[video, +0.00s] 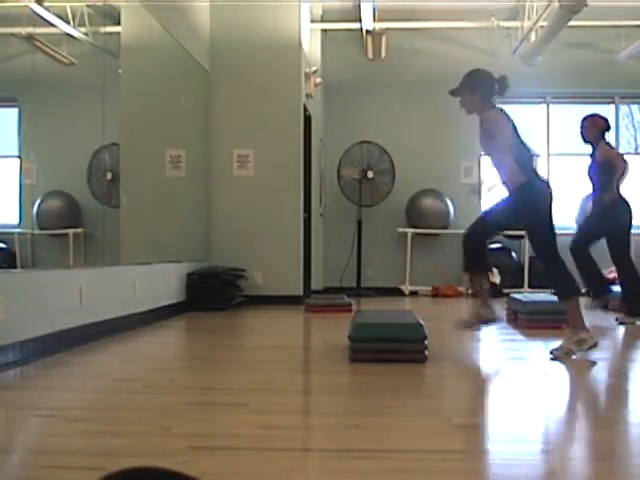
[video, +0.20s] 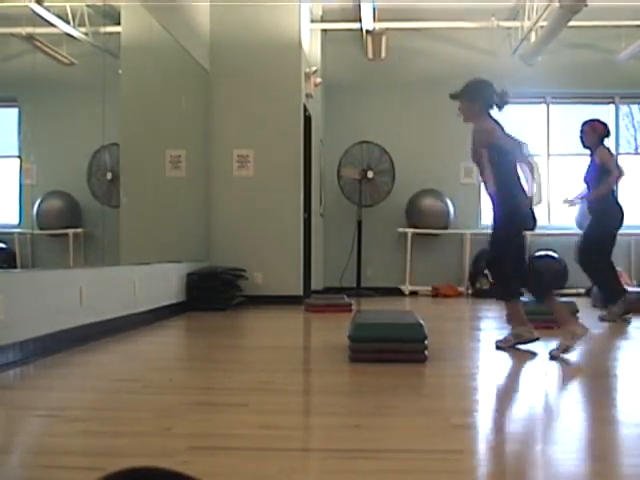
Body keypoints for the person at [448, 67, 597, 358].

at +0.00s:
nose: (460, 101)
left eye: (464, 95)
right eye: (460, 95)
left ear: (478, 94)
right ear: (479, 95)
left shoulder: (494, 118)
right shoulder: (489, 121)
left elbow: (506, 156)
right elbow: (521, 154)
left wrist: (518, 183)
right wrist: (523, 178)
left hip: (530, 193)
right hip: (528, 193)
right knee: (473, 238)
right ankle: (482, 307)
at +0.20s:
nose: (459, 108)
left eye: (463, 103)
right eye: (460, 103)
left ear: (476, 104)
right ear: (484, 104)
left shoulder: (481, 131)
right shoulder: (497, 130)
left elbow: (487, 171)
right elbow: (527, 162)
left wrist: (498, 205)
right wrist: (533, 193)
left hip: (507, 209)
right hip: (515, 206)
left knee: (508, 269)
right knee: (507, 267)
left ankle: (570, 326)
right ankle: (520, 328)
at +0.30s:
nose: (452, 92)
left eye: (457, 87)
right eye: (453, 87)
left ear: (471, 89)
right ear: (474, 90)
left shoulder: (476, 115)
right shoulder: (478, 113)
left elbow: (478, 152)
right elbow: (468, 151)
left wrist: (471, 184)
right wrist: (459, 181)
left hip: (505, 189)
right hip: (513, 187)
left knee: (481, 250)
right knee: (505, 254)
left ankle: (521, 305)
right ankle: (518, 320)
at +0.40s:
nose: (445, 91)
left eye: (449, 86)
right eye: (446, 86)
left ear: (462, 88)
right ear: (471, 89)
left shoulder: (462, 112)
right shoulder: (475, 115)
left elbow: (433, 141)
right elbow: (448, 152)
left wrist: (407, 150)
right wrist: (413, 154)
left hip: (497, 185)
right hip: (511, 184)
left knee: (453, 228)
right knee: (508, 253)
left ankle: (458, 299)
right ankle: (516, 320)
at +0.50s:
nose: (437, 99)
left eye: (441, 94)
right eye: (438, 94)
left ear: (454, 97)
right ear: (460, 98)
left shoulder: (456, 122)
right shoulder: (461, 122)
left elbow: (411, 137)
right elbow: (419, 137)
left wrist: (382, 124)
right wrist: (393, 119)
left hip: (490, 195)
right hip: (493, 194)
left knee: (434, 231)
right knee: (500, 255)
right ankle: (518, 324)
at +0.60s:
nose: (426, 96)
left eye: (430, 92)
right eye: (427, 92)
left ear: (442, 95)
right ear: (448, 96)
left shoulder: (442, 121)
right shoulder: (453, 120)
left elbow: (396, 139)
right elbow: (410, 136)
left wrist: (371, 124)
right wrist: (386, 117)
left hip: (468, 193)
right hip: (483, 192)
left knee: (417, 230)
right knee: (491, 253)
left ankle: (406, 296)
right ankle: (517, 320)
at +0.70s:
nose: (414, 79)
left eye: (419, 75)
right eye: (416, 75)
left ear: (431, 80)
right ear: (440, 80)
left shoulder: (423, 109)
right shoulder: (448, 107)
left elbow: (395, 142)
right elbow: (428, 144)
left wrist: (370, 153)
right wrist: (393, 152)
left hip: (448, 179)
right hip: (471, 179)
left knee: (414, 226)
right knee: (470, 242)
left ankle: (406, 295)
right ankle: (493, 305)